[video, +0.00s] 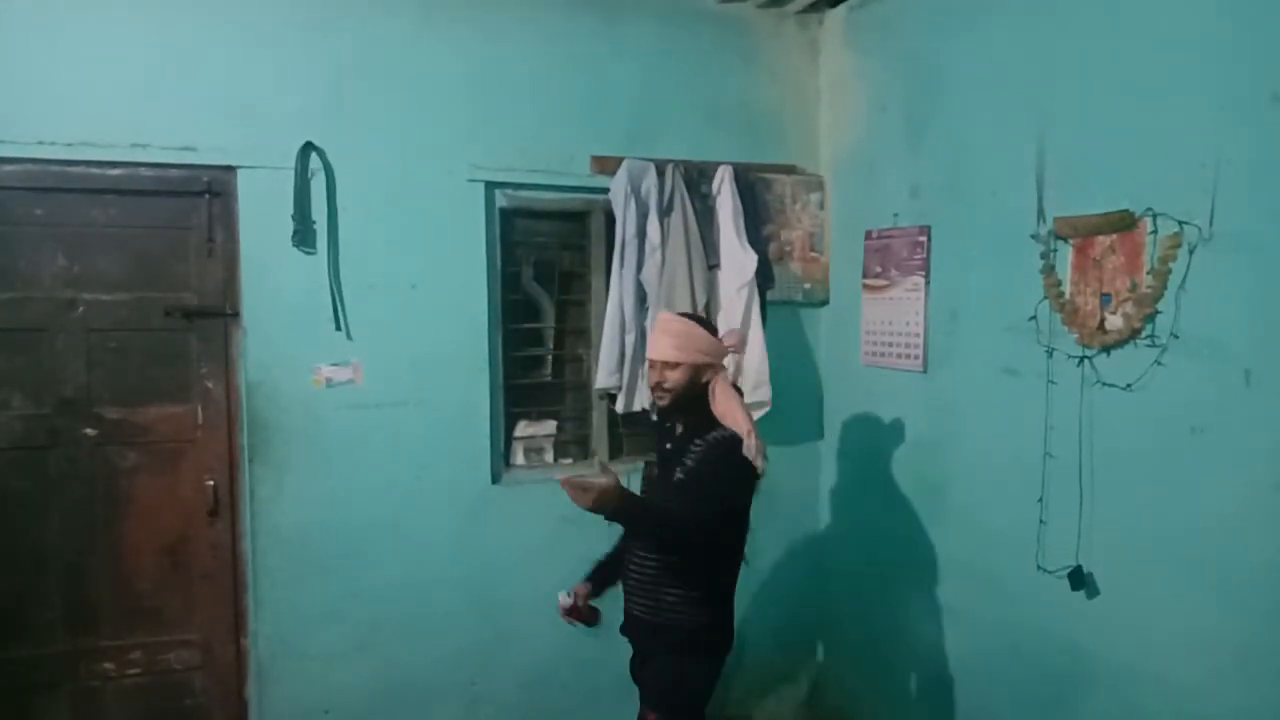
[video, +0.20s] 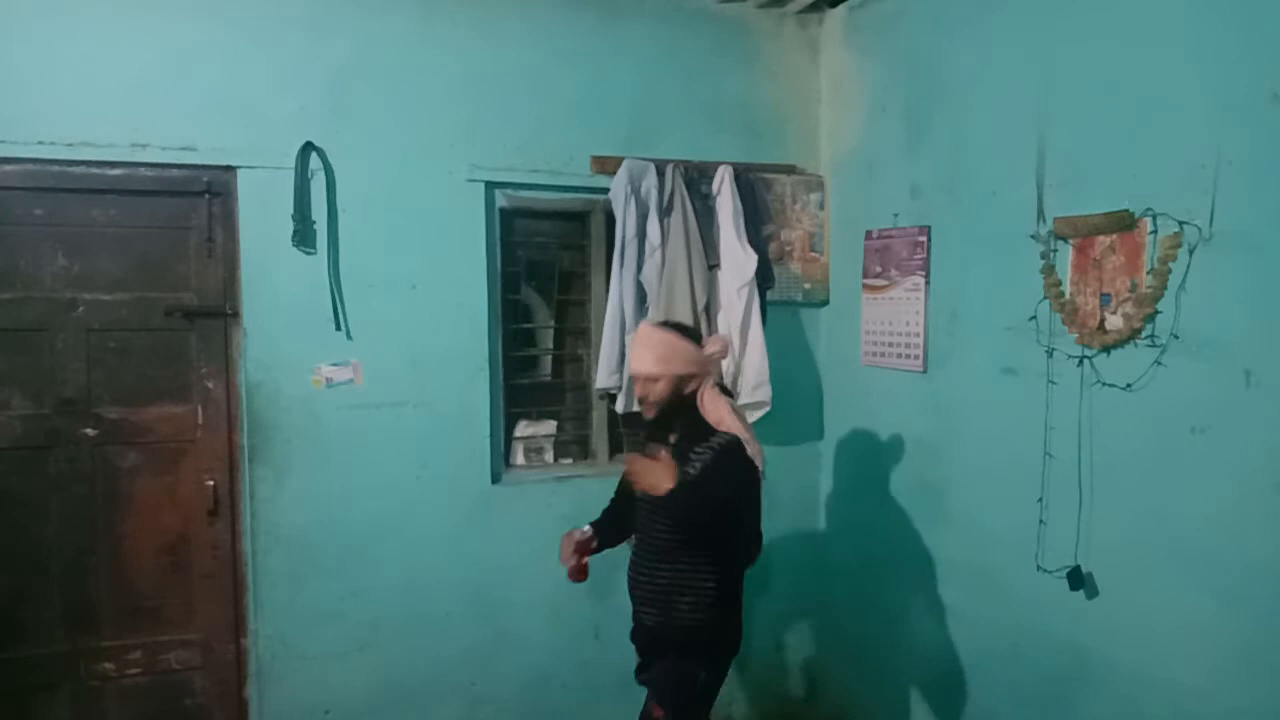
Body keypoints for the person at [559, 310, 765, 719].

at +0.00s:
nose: (657, 379)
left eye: (671, 367)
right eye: (652, 365)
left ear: (706, 373)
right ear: (645, 366)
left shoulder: (726, 450)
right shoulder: (671, 435)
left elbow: (694, 537)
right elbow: (649, 528)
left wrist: (622, 505)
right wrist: (593, 584)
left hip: (690, 634)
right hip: (651, 626)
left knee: (673, 712)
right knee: (655, 709)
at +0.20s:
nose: (639, 392)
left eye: (652, 381)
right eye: (636, 380)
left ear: (688, 381)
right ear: (632, 377)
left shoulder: (727, 449)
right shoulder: (660, 436)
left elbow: (742, 548)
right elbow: (628, 508)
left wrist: (678, 489)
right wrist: (594, 536)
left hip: (701, 630)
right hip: (654, 622)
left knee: (662, 710)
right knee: (673, 708)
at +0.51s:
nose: (662, 398)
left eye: (676, 388)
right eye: (658, 386)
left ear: (711, 391)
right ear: (651, 383)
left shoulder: (748, 460)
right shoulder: (667, 448)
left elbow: (754, 556)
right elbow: (626, 512)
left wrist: (662, 547)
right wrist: (597, 522)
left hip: (715, 633)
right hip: (665, 626)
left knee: (682, 710)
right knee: (666, 707)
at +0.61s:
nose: (667, 391)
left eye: (681, 381)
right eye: (667, 379)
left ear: (715, 389)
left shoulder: (748, 460)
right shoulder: (669, 447)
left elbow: (754, 552)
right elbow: (626, 517)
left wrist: (670, 515)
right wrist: (597, 505)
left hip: (721, 631)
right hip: (671, 622)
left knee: (667, 710)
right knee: (669, 708)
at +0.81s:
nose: (687, 384)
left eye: (702, 377)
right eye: (690, 373)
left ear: (733, 396)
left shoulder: (753, 478)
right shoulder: (669, 463)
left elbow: (742, 589)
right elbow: (617, 538)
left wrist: (741, 691)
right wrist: (595, 517)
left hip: (709, 646)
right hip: (653, 639)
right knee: (653, 707)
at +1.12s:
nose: (680, 385)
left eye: (696, 380)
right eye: (685, 377)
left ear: (726, 405)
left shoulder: (743, 498)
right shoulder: (646, 454)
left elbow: (768, 605)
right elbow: (581, 421)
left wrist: (786, 698)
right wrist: (587, 348)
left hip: (680, 658)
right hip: (626, 645)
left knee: (631, 712)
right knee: (626, 713)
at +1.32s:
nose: (658, 377)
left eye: (674, 372)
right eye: (664, 369)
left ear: (704, 396)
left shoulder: (727, 489)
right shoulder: (636, 445)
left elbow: (749, 602)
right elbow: (567, 419)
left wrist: (757, 698)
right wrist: (579, 351)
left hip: (667, 655)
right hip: (619, 640)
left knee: (610, 711)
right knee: (648, 710)